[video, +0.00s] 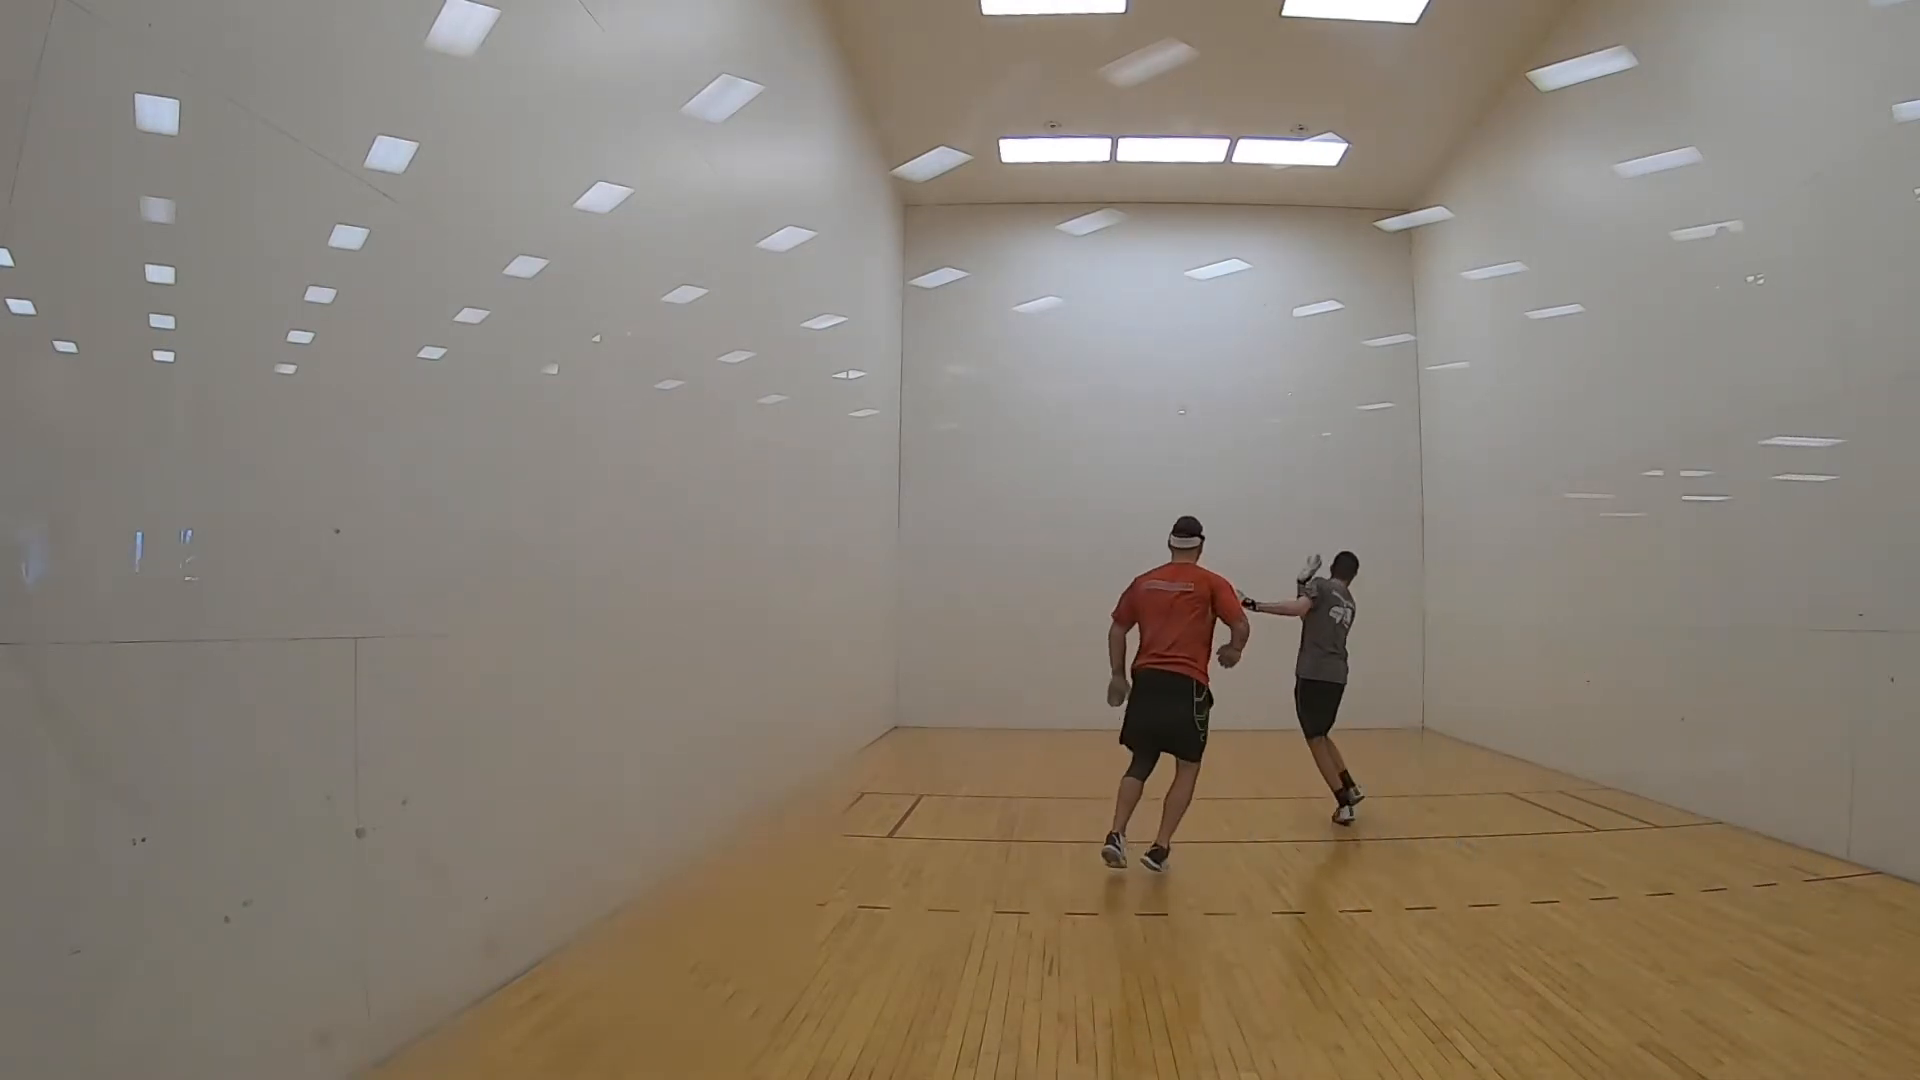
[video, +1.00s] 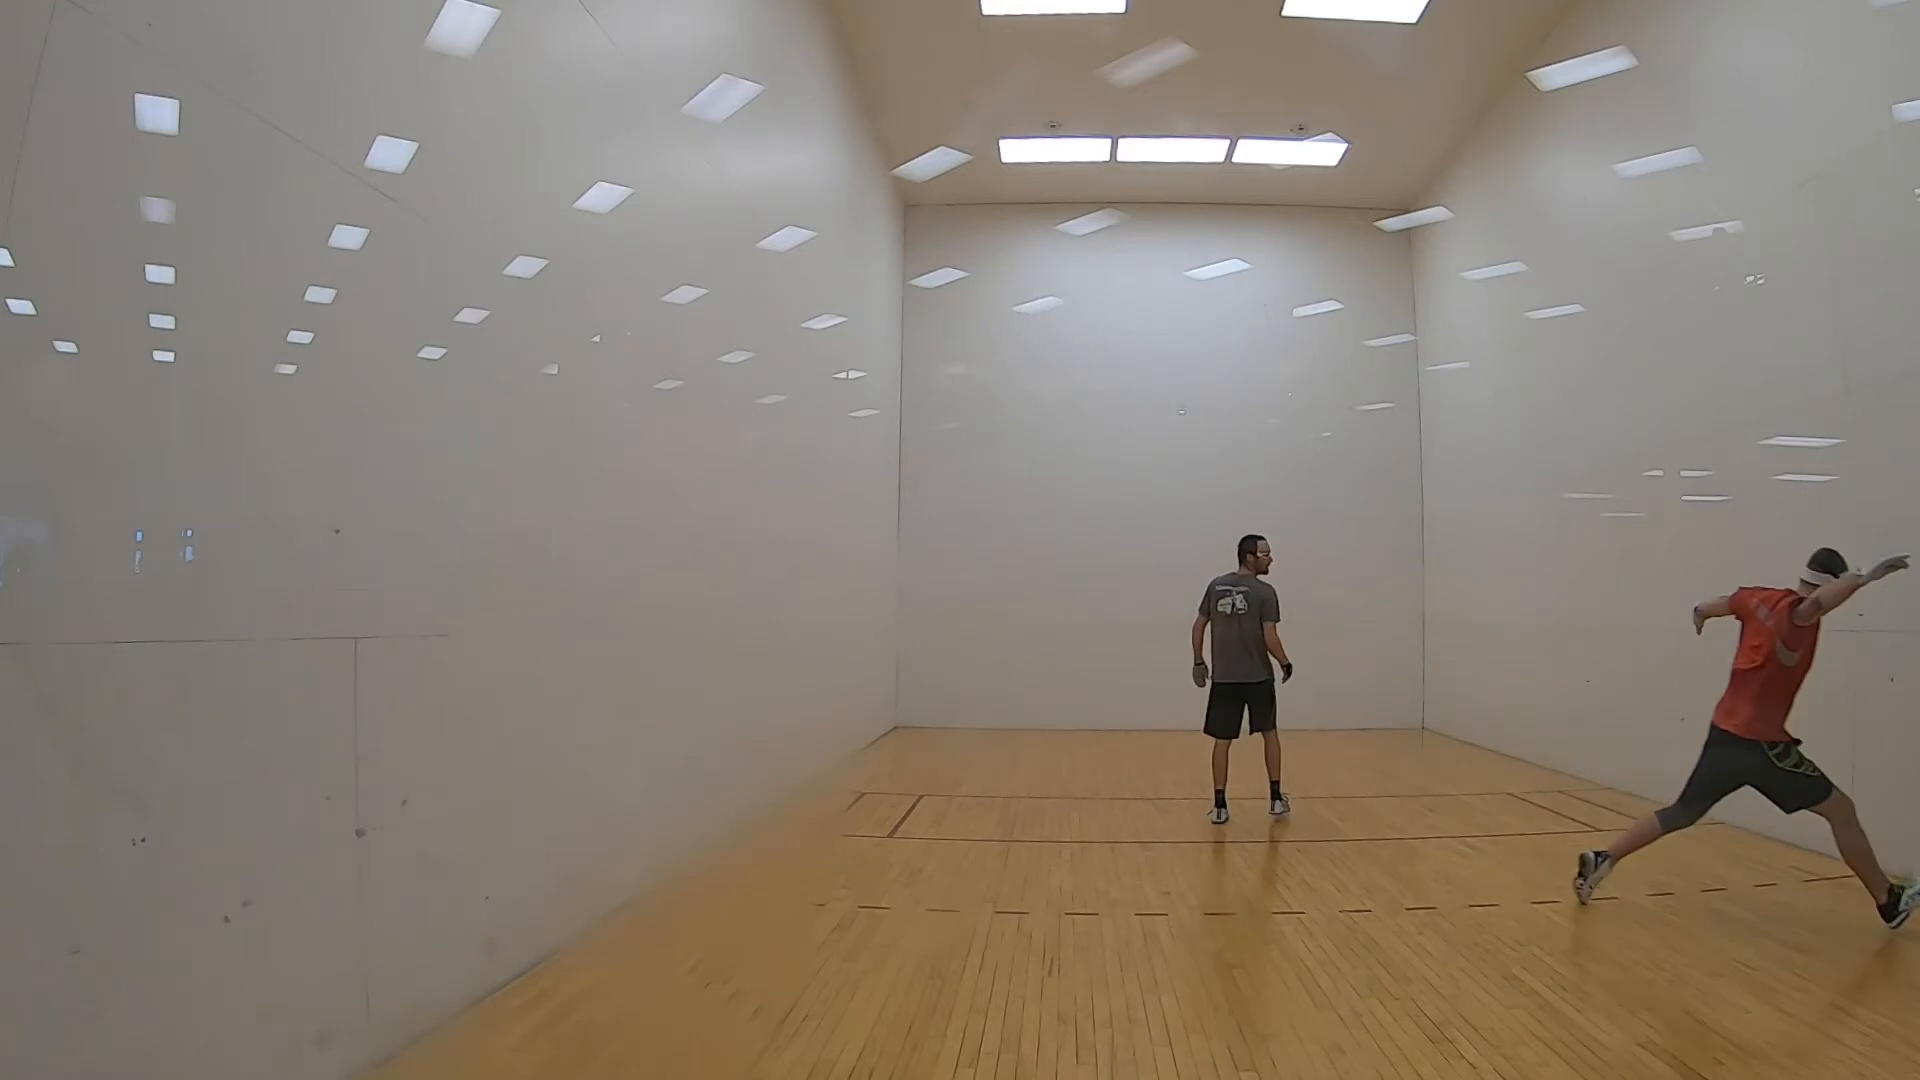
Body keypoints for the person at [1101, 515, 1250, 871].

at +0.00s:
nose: (1191, 551)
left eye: (1180, 544)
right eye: (1197, 545)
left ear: (1169, 545)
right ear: (1201, 546)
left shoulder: (1143, 582)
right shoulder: (1213, 583)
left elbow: (1118, 629)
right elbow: (1240, 624)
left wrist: (1118, 674)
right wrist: (1235, 648)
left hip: (1146, 684)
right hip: (1188, 688)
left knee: (1140, 762)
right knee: (1187, 769)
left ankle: (1115, 835)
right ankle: (1160, 848)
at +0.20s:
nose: (1251, 580)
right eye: (1256, 576)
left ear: (1227, 575)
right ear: (1259, 578)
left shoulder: (1199, 612)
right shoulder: (1263, 617)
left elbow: (1181, 659)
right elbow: (1276, 668)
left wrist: (1193, 704)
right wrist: (1288, 717)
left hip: (1189, 723)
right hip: (1235, 727)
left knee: (1162, 797)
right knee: (1278, 792)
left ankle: (1128, 868)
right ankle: (1267, 868)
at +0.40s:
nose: (1385, 580)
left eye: (1380, 573)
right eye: (1386, 575)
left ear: (1352, 571)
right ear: (1384, 577)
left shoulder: (1323, 606)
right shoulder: (1372, 621)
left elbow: (1307, 656)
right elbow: (1394, 683)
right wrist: (1420, 716)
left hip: (1291, 716)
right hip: (1323, 727)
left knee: (1286, 797)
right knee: (1341, 814)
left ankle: (1225, 841)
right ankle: (1270, 879)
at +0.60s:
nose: (1511, 582)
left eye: (1506, 574)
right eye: (1513, 576)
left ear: (1478, 572)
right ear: (1511, 577)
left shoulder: (1446, 608)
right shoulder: (1508, 620)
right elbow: (1514, 684)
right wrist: (1511, 720)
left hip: (1434, 719)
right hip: (1454, 727)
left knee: (1494, 777)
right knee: (1415, 815)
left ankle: (1498, 871)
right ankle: (1333, 856)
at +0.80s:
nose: (1661, 585)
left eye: (1661, 578)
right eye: (1662, 577)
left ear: (1627, 571)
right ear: (1656, 577)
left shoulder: (1597, 606)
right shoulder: (1635, 616)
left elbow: (1580, 673)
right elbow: (1658, 663)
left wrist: (1611, 715)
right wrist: (1708, 674)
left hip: (1565, 728)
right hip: (1597, 734)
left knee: (1581, 807)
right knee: (1668, 792)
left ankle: (1520, 872)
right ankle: (1613, 872)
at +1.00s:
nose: (1826, 597)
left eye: (1829, 590)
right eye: (1828, 589)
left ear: (1800, 575)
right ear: (1823, 585)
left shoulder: (1757, 597)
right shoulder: (1802, 615)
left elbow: (1714, 607)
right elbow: (1816, 604)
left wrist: (1699, 612)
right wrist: (1864, 578)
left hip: (1722, 742)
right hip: (1765, 749)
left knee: (1681, 813)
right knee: (1840, 810)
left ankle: (1602, 860)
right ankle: (1887, 901)